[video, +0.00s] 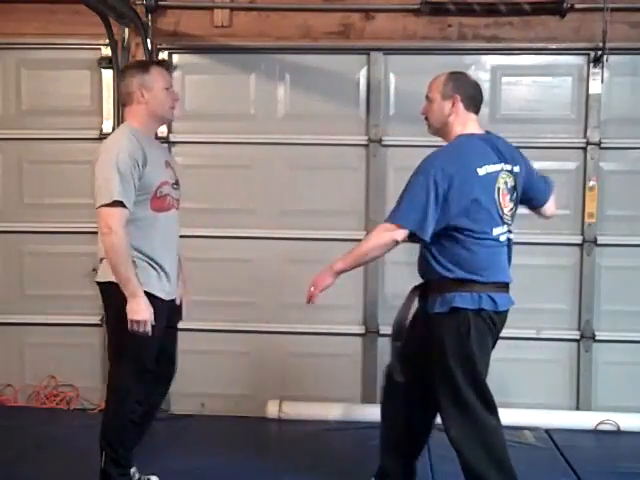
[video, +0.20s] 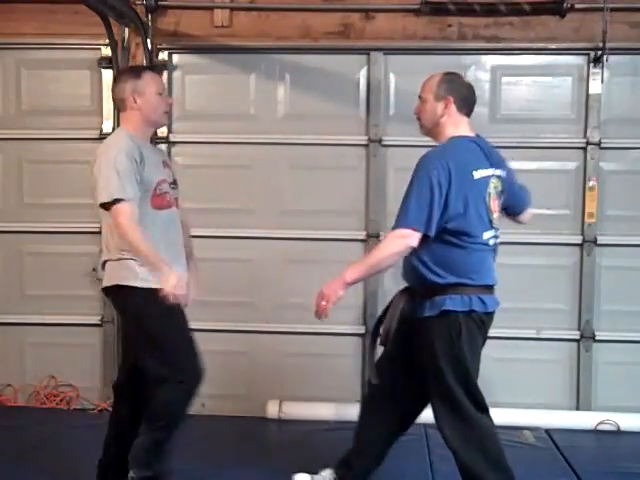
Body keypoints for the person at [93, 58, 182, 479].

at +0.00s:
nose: (176, 96)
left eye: (174, 88)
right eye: (167, 89)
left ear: (149, 96)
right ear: (140, 96)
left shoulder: (158, 146)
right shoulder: (120, 147)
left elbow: (161, 221)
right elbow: (111, 229)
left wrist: (178, 278)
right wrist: (134, 295)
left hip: (160, 287)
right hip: (131, 288)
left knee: (157, 376)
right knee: (130, 380)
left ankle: (121, 462)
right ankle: (116, 468)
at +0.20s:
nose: (169, 101)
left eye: (167, 94)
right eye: (161, 94)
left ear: (139, 100)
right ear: (133, 100)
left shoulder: (152, 151)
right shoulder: (119, 147)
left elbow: (173, 213)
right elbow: (123, 222)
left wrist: (188, 263)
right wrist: (164, 269)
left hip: (154, 282)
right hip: (134, 281)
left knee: (136, 382)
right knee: (183, 371)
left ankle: (112, 471)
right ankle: (145, 465)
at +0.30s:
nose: (170, 102)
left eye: (167, 95)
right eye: (162, 95)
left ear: (142, 102)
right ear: (134, 102)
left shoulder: (158, 152)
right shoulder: (119, 146)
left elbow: (174, 210)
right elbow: (143, 208)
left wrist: (196, 245)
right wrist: (193, 231)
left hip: (160, 276)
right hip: (137, 276)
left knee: (141, 382)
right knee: (200, 358)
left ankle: (113, 471)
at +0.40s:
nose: (171, 104)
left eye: (169, 97)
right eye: (163, 97)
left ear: (143, 103)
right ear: (136, 102)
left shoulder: (160, 153)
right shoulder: (122, 145)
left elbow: (187, 196)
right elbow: (164, 190)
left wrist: (206, 219)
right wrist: (233, 183)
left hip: (163, 275)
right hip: (144, 276)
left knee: (143, 380)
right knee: (222, 343)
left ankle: (113, 469)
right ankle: (278, 438)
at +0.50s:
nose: (177, 105)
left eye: (175, 97)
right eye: (169, 97)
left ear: (143, 104)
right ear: (141, 102)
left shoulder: (145, 145)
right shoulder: (137, 141)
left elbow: (188, 188)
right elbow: (196, 170)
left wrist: (226, 198)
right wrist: (265, 143)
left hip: (156, 272)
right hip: (159, 271)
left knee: (150, 377)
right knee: (243, 335)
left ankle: (115, 470)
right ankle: (311, 425)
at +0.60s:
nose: (188, 106)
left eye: (186, 98)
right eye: (180, 98)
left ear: (153, 106)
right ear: (152, 102)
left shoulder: (148, 145)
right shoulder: (164, 136)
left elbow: (228, 190)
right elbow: (225, 185)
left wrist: (280, 160)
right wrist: (252, 150)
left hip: (150, 276)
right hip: (173, 271)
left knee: (161, 377)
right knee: (250, 346)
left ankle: (117, 470)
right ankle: (320, 437)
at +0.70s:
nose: (207, 111)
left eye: (205, 103)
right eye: (199, 103)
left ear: (171, 110)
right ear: (170, 108)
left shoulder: (159, 153)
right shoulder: (187, 140)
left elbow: (217, 223)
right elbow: (250, 186)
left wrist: (271, 196)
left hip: (163, 286)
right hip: (191, 283)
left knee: (164, 382)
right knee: (256, 371)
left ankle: (118, 470)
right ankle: (316, 466)